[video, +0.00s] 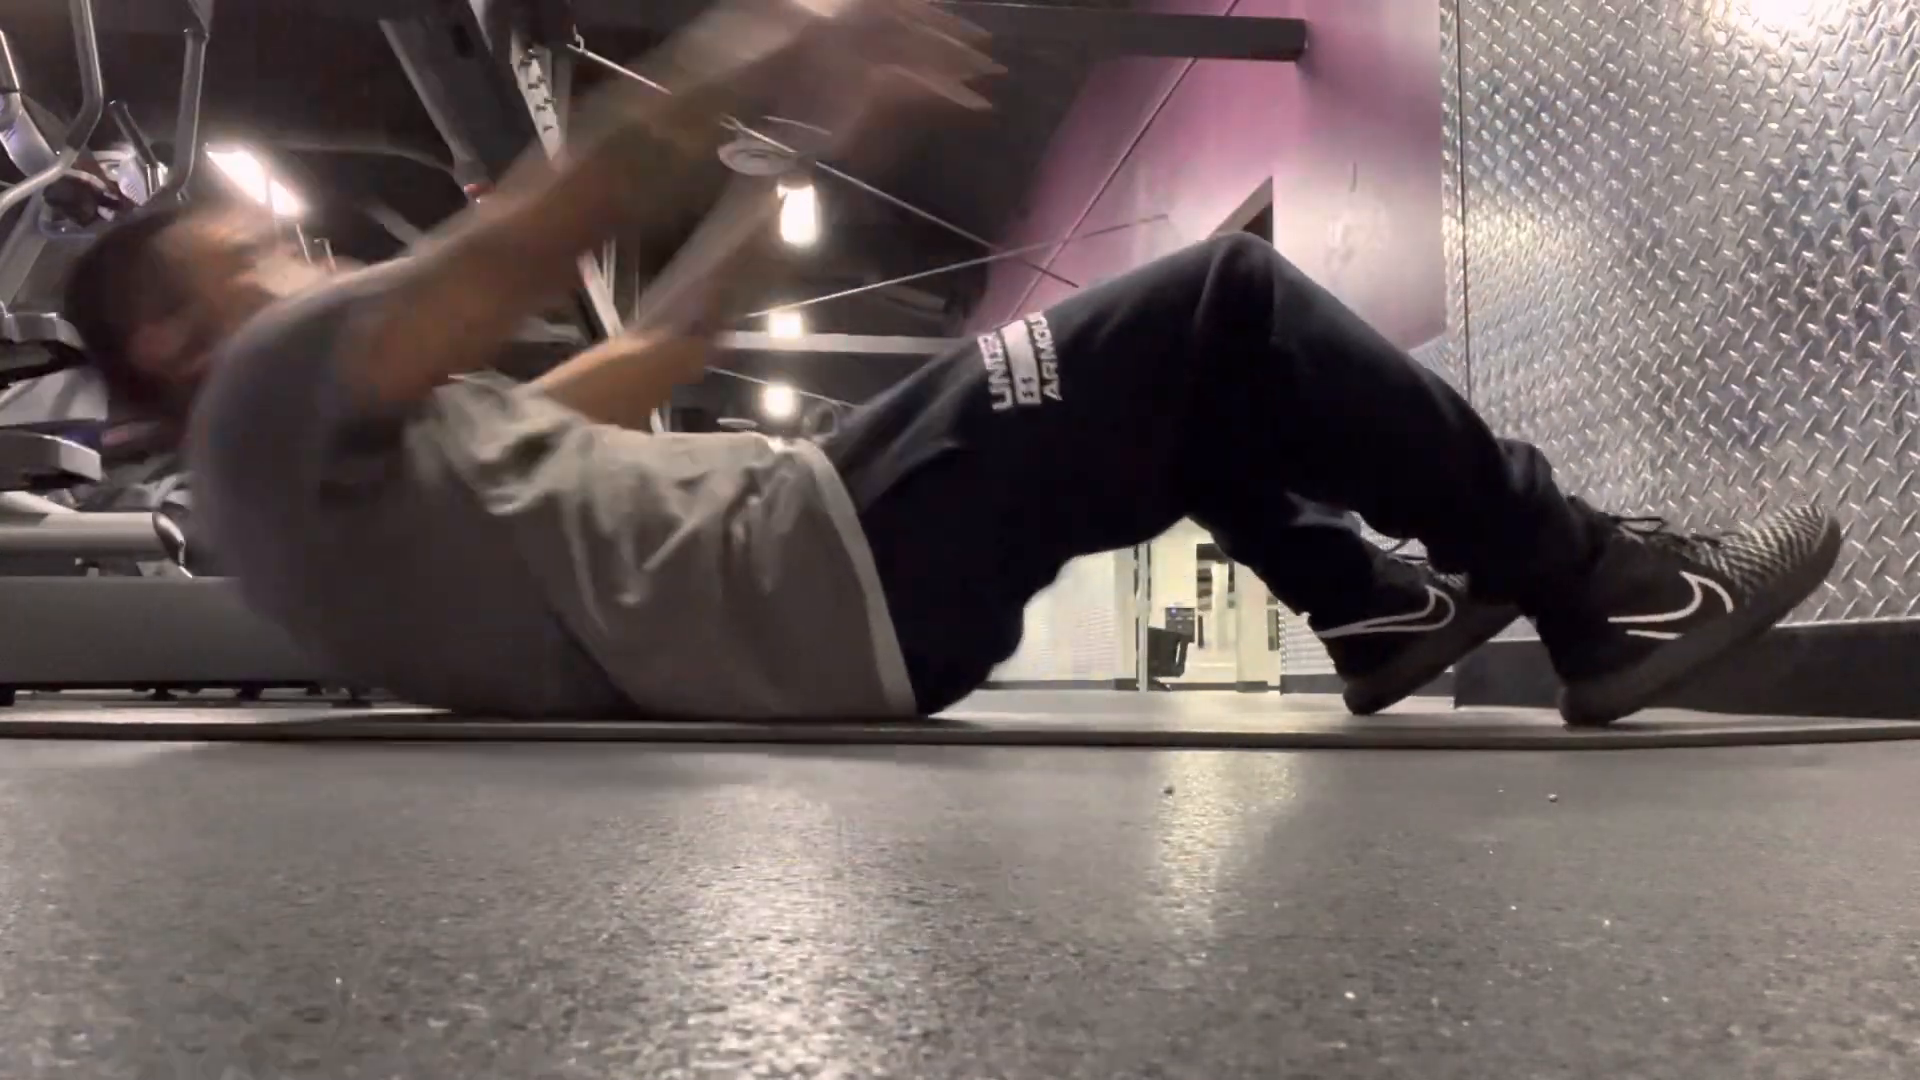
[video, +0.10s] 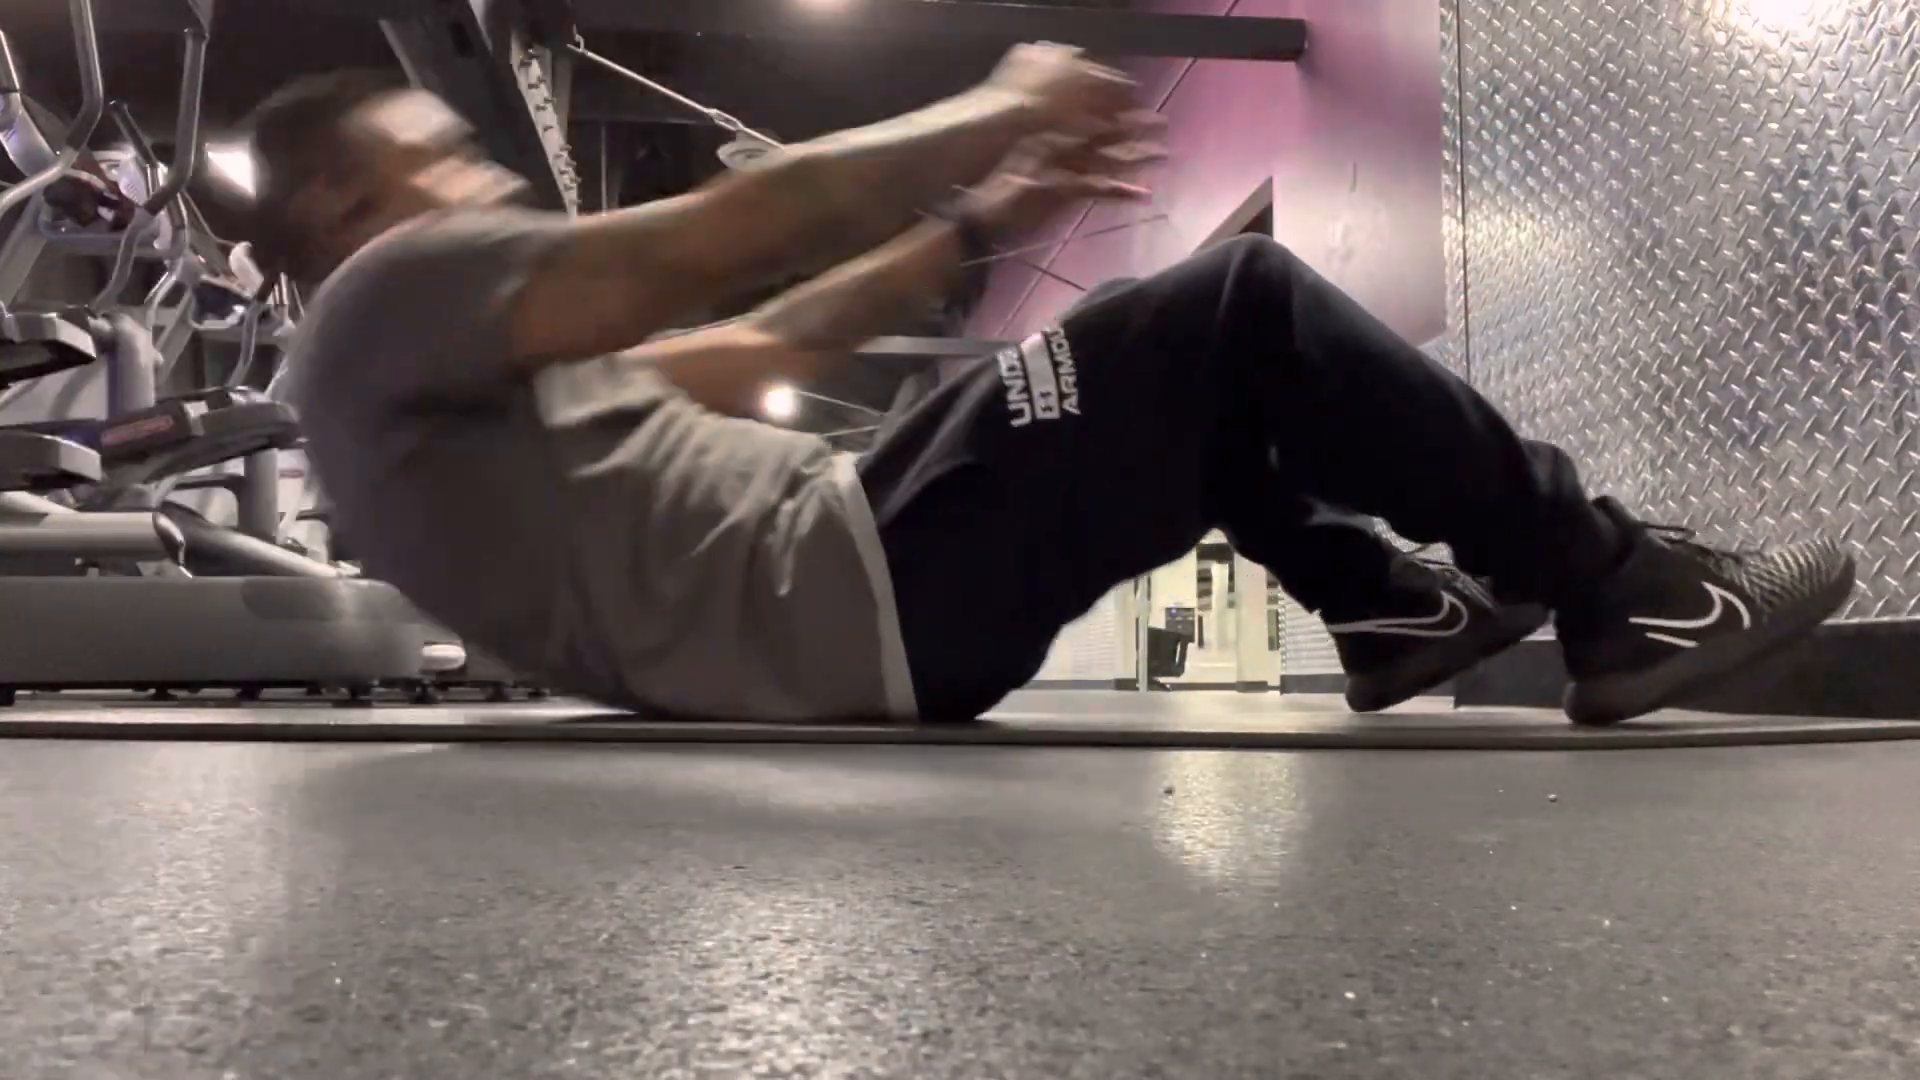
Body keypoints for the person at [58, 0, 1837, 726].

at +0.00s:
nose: (302, 236)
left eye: (281, 223)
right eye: (242, 238)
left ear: (288, 280)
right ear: (151, 356)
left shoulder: (377, 443)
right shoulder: (254, 417)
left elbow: (626, 371)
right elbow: (522, 229)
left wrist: (768, 188)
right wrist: (759, 70)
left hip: (785, 560)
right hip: (807, 597)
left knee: (1141, 361)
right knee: (1220, 305)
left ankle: (1389, 613)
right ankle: (1612, 594)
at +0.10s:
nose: (496, 180)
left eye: (475, 156)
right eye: (446, 163)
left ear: (354, 211)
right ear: (343, 209)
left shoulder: (463, 358)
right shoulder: (378, 308)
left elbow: (754, 356)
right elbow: (706, 236)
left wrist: (976, 220)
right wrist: (986, 118)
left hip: (848, 543)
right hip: (855, 586)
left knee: (1178, 351)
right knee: (1240, 300)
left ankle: (1396, 613)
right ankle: (1630, 588)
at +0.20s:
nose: (647, 93)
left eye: (635, 67)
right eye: (609, 63)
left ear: (481, 96)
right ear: (485, 81)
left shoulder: (537, 260)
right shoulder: (510, 194)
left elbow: (862, 336)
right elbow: (860, 198)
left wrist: (1090, 227)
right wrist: (1137, 118)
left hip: (876, 575)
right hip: (888, 606)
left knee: (1182, 298)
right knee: (1243, 293)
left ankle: (1420, 605)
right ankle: (1638, 591)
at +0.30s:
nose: (809, 43)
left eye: (796, 26)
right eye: (779, 18)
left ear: (637, 29)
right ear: (673, 9)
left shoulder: (649, 229)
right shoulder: (644, 130)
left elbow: (951, 346)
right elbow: (1023, 156)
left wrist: (1189, 220)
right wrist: (1288, 77)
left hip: (902, 601)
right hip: (912, 599)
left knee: (1215, 314)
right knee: (1264, 281)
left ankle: (1428, 603)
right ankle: (1642, 572)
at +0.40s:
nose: (965, 89)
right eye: (944, 72)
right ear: (882, 29)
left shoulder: (769, 191)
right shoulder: (792, 79)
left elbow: (1002, 373)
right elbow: (1116, 151)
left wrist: (1199, 350)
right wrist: (1391, 32)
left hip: (926, 616)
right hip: (948, 610)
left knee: (1207, 362)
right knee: (1270, 278)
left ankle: (1439, 619)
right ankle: (1643, 585)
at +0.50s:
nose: (1174, 44)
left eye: (1181, 26)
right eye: (1160, 14)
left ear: (1045, 8)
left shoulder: (924, 82)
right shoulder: (941, 52)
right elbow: (1078, 161)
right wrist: (1410, 4)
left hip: (941, 613)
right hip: (971, 603)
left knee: (1230, 359)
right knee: (1293, 273)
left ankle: (1445, 619)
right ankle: (1648, 588)